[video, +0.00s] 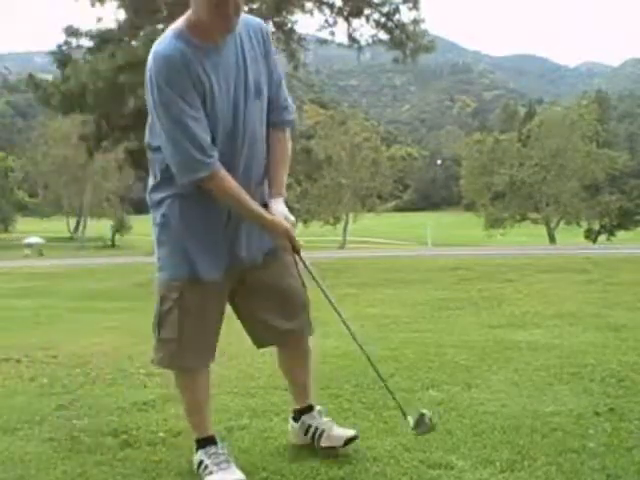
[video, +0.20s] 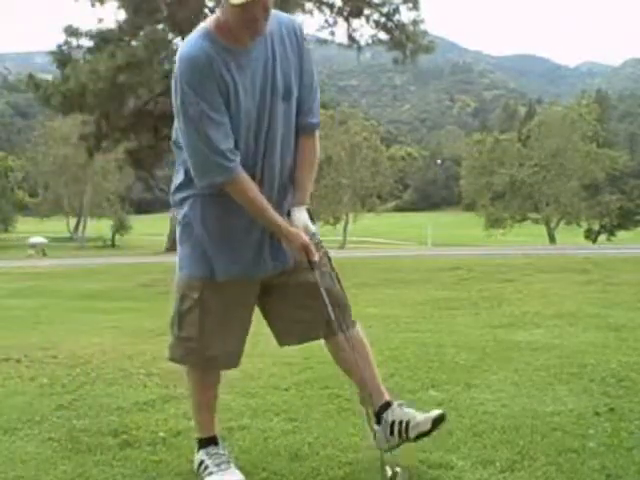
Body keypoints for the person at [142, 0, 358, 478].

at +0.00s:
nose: (237, 5)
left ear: (245, 0)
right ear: (198, 1)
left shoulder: (257, 34)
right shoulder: (169, 58)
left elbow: (279, 120)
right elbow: (201, 167)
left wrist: (276, 197)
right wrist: (266, 220)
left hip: (256, 213)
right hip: (193, 220)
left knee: (293, 313)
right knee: (191, 338)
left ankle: (306, 417)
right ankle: (207, 447)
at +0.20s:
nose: (266, 14)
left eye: (269, 7)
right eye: (258, 8)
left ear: (272, 4)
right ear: (230, 4)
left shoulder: (290, 34)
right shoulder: (197, 58)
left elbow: (307, 129)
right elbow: (221, 167)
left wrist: (299, 204)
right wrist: (281, 228)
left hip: (280, 216)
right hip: (216, 221)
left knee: (333, 310)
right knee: (205, 338)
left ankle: (384, 414)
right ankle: (208, 448)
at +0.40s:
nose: (306, 16)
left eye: (311, 8)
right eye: (296, 9)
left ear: (318, 7)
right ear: (269, 7)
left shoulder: (337, 39)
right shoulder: (239, 61)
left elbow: (348, 135)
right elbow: (254, 171)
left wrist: (335, 216)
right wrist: (311, 240)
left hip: (318, 225)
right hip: (249, 227)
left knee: (357, 335)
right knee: (224, 341)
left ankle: (383, 449)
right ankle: (211, 448)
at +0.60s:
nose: (355, 27)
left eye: (365, 17)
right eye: (344, 18)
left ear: (377, 10)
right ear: (320, 10)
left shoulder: (401, 51)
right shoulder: (290, 65)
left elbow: (403, 153)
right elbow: (304, 178)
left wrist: (370, 234)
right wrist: (347, 257)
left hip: (365, 229)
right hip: (289, 223)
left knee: (386, 344)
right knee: (252, 337)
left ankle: (396, 454)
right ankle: (220, 439)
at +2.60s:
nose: (336, 65)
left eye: (345, 53)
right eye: (322, 56)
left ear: (359, 33)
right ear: (299, 36)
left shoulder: (383, 67)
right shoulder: (270, 86)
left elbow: (375, 169)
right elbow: (289, 199)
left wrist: (353, 257)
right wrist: (329, 277)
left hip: (346, 226)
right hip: (269, 225)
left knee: (368, 341)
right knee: (243, 342)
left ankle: (377, 452)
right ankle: (225, 455)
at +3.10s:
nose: (351, 48)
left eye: (359, 36)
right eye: (338, 39)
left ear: (374, 19)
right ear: (315, 26)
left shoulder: (397, 46)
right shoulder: (296, 84)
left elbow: (409, 148)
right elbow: (341, 195)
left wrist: (410, 232)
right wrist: (399, 259)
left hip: (372, 223)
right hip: (299, 227)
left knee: (386, 341)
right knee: (265, 347)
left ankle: (379, 452)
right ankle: (229, 455)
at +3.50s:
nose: (307, 37)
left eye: (318, 24)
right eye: (294, 27)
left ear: (336, 10)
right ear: (277, 18)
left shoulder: (365, 32)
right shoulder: (264, 81)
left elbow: (394, 128)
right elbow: (317, 186)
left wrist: (398, 208)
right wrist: (382, 249)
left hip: (346, 217)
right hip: (269, 221)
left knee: (369, 339)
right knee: (241, 348)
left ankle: (378, 455)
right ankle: (226, 457)